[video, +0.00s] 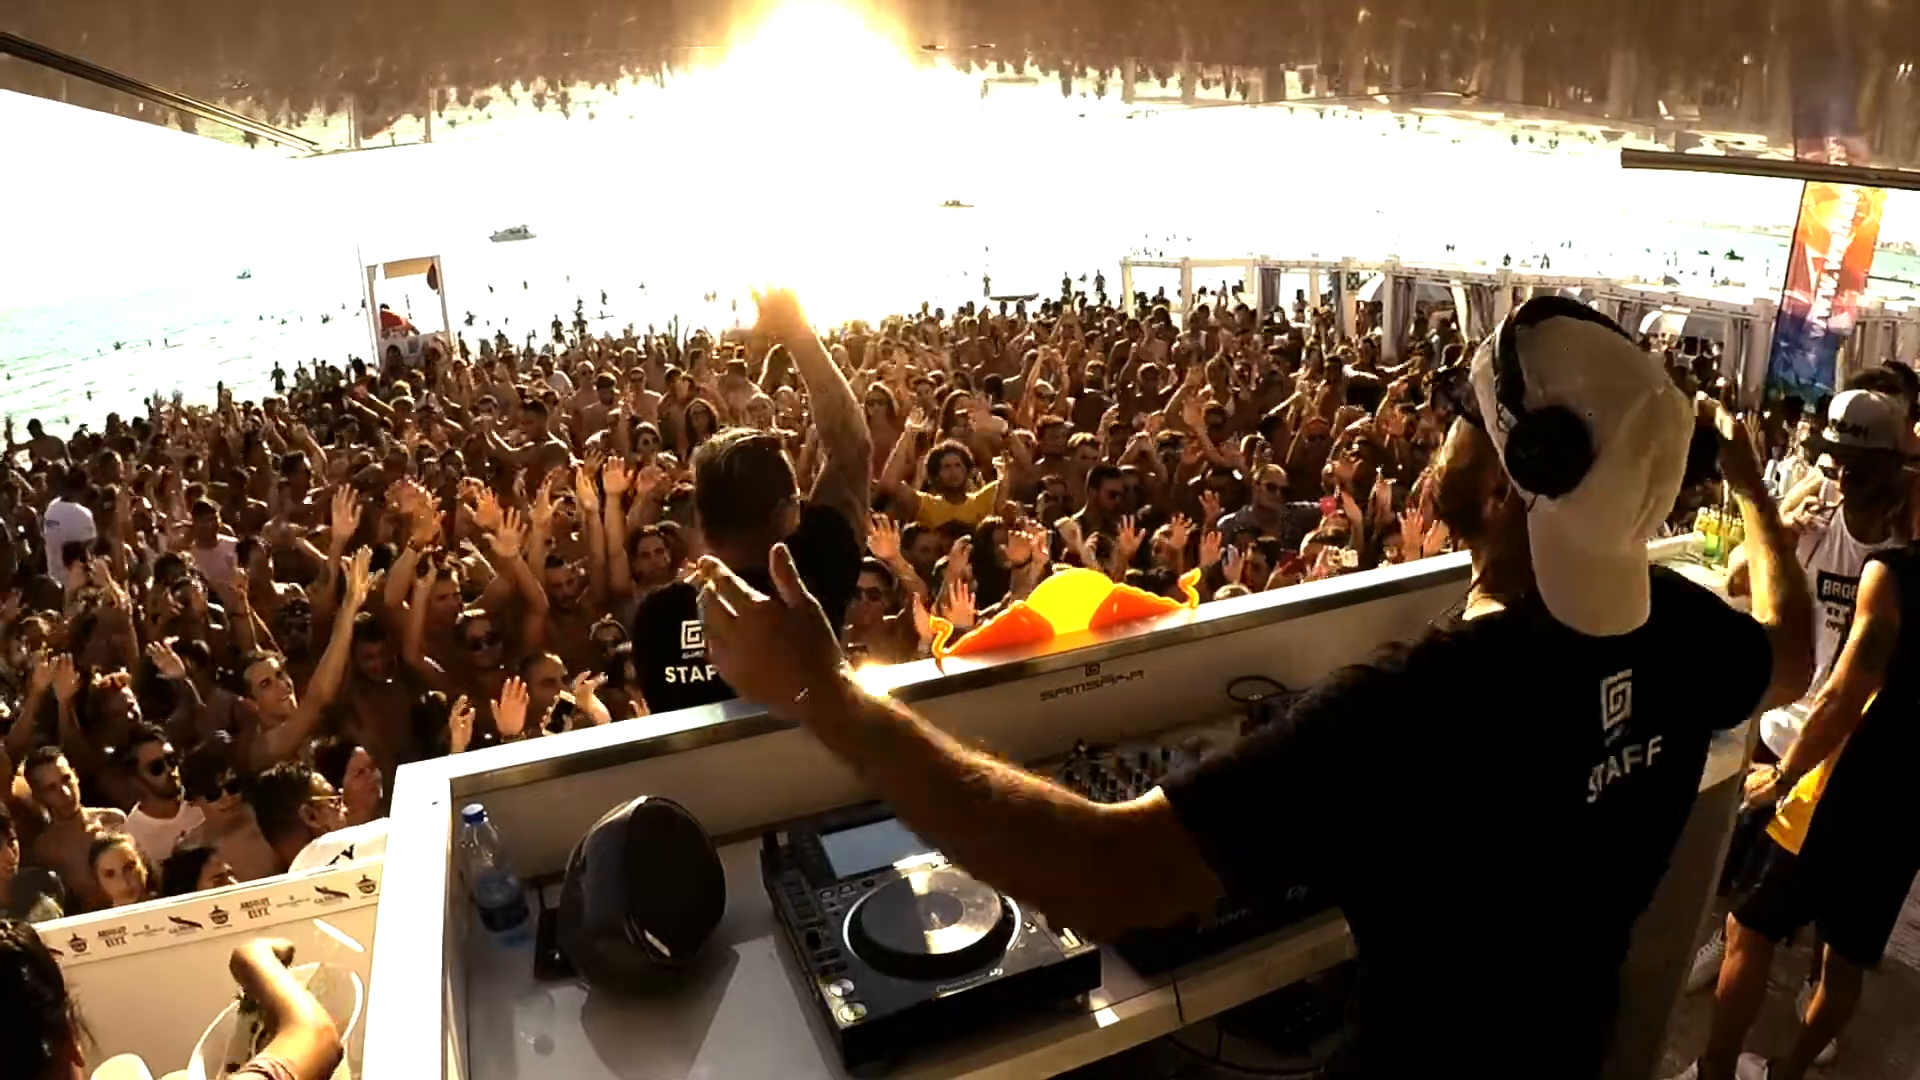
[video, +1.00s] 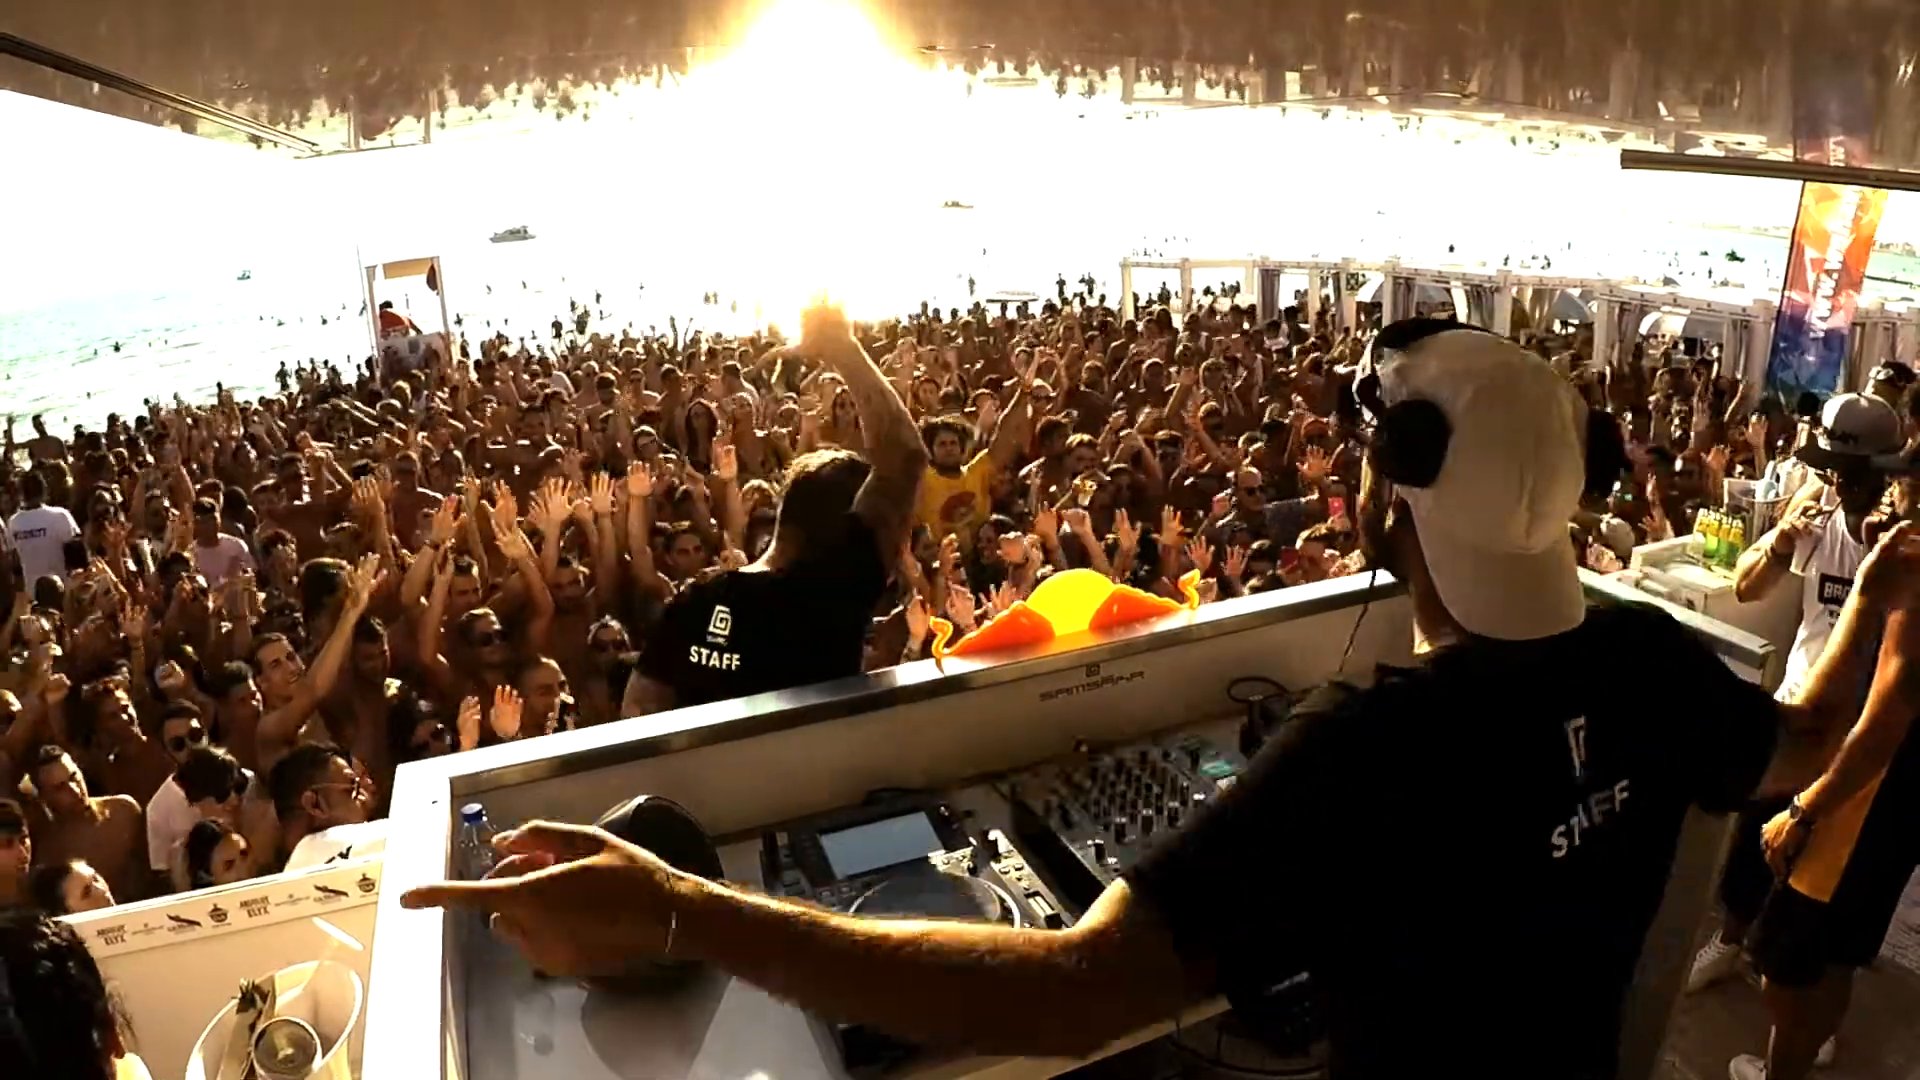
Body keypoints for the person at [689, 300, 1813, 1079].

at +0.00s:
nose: (1438, 453)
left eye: (1460, 432)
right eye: (1457, 428)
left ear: (1498, 486)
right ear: (1644, 490)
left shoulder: (1410, 712)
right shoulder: (1695, 640)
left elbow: (1116, 875)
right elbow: (1782, 659)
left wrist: (827, 696)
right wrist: (1750, 494)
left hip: (1411, 1076)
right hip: (1601, 1051)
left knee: (1115, 1050)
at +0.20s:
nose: (1416, 461)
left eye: (1445, 427)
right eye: (1432, 419)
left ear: (1502, 468)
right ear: (1608, 478)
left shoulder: (1417, 699)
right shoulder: (1673, 640)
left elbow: (1097, 864)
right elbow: (1773, 703)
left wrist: (782, 666)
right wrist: (1794, 540)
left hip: (1382, 1074)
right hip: (1571, 1057)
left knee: (1056, 1058)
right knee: (1131, 1024)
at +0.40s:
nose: (1425, 463)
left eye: (1443, 434)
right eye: (1435, 430)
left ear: (1488, 480)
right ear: (1633, 479)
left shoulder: (1417, 717)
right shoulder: (1699, 669)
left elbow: (1092, 847)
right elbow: (1751, 661)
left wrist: (780, 649)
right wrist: (1711, 517)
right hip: (1589, 1071)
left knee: (1122, 1055)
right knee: (1205, 1036)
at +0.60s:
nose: (1415, 476)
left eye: (1437, 443)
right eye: (1434, 436)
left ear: (1476, 487)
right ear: (1624, 489)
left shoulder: (1419, 730)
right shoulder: (1683, 653)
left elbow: (1117, 916)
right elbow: (1771, 711)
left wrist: (766, 769)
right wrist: (1789, 546)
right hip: (1598, 1074)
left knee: (1108, 1068)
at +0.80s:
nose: (1410, 461)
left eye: (1424, 436)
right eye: (1419, 432)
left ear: (1469, 486)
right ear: (1620, 478)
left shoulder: (1390, 741)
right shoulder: (1698, 664)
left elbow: (1032, 838)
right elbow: (1636, 577)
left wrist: (782, 619)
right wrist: (1617, 450)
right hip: (1595, 1066)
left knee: (1121, 1054)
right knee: (1206, 1031)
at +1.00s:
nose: (1370, 488)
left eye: (1385, 458)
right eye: (1380, 451)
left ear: (1418, 495)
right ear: (1568, 488)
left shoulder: (1373, 746)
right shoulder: (1664, 669)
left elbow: (1073, 995)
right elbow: (1796, 764)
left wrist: (686, 909)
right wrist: (1885, 592)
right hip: (1563, 1063)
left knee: (899, 942)